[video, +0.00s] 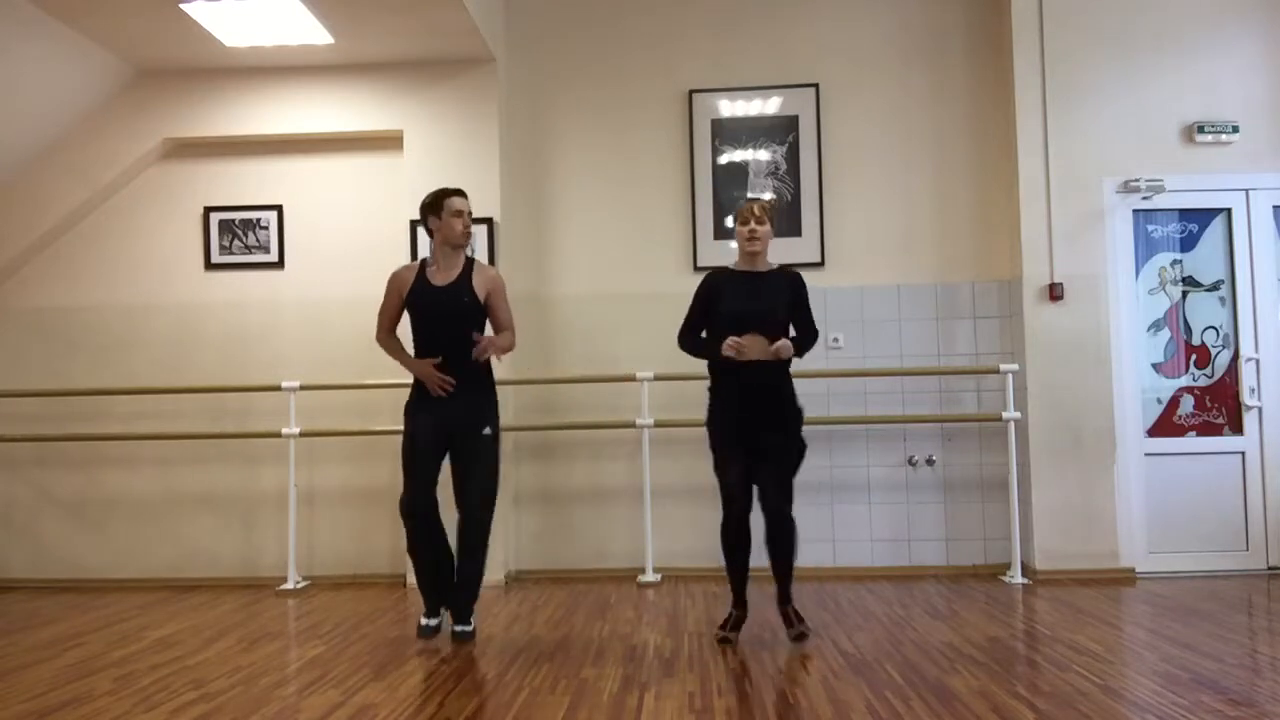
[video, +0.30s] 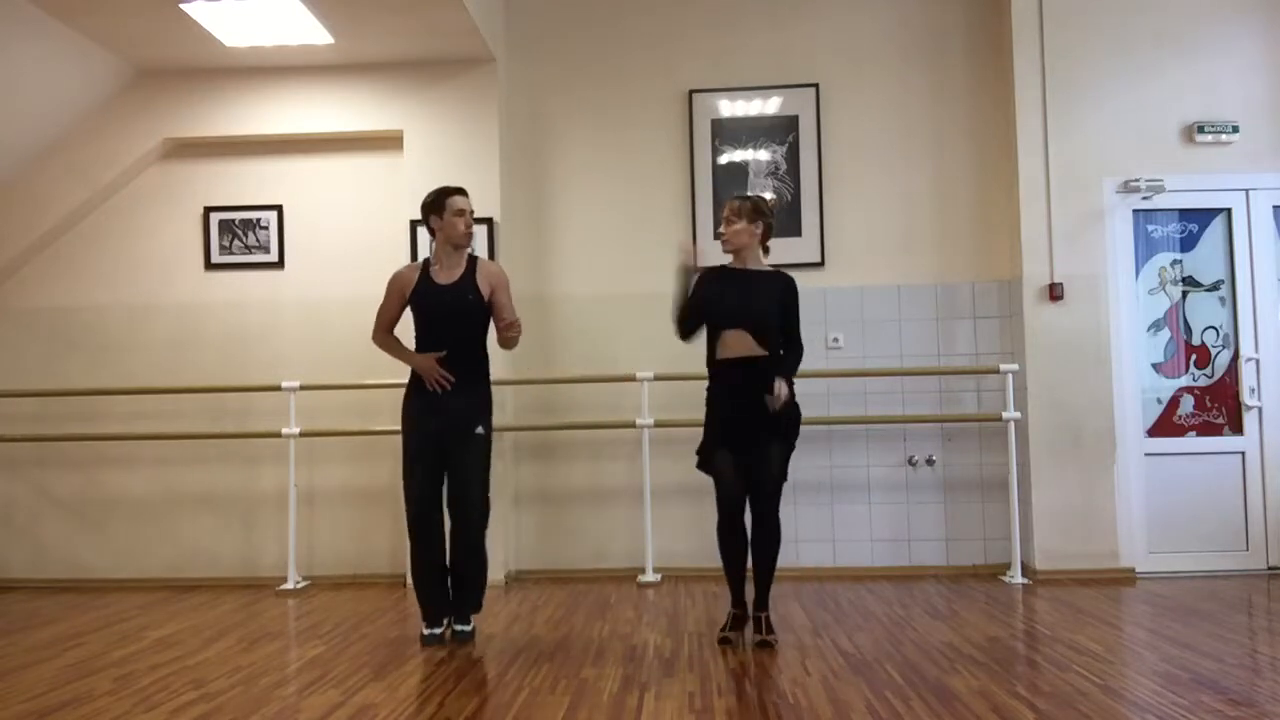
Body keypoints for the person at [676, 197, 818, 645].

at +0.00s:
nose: (752, 228)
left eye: (760, 221)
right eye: (745, 221)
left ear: (772, 231)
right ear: (735, 231)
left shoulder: (789, 282)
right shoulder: (715, 282)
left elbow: (809, 333)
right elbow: (686, 337)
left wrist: (790, 347)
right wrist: (719, 349)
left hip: (777, 409)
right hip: (729, 411)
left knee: (778, 508)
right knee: (735, 509)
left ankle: (786, 602)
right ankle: (737, 605)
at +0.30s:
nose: (724, 228)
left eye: (733, 222)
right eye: (723, 222)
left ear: (759, 229)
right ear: (723, 231)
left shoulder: (781, 283)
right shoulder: (711, 279)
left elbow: (793, 345)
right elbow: (685, 329)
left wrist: (784, 376)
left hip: (770, 399)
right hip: (725, 400)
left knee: (765, 510)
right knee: (729, 508)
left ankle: (762, 609)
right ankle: (738, 607)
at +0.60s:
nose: (722, 228)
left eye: (731, 221)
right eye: (721, 222)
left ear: (757, 228)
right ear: (728, 231)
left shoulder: (783, 283)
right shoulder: (712, 283)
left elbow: (801, 348)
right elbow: (670, 332)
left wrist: (818, 407)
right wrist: (634, 300)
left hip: (771, 398)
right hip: (723, 398)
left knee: (767, 507)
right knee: (734, 507)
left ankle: (762, 609)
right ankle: (740, 608)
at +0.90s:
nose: (720, 227)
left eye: (729, 220)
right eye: (720, 221)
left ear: (755, 227)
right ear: (731, 230)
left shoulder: (783, 281)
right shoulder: (712, 282)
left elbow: (799, 345)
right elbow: (671, 332)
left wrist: (806, 402)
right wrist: (636, 299)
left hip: (772, 397)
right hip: (725, 396)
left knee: (770, 506)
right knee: (734, 506)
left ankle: (764, 609)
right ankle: (741, 609)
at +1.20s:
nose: (722, 227)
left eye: (731, 219)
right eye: (720, 221)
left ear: (755, 227)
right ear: (721, 231)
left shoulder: (779, 282)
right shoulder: (709, 281)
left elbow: (799, 340)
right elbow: (673, 333)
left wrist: (824, 388)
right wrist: (648, 298)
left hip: (770, 394)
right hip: (722, 395)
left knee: (770, 506)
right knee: (733, 506)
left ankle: (764, 609)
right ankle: (741, 608)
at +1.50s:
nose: (718, 232)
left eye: (727, 225)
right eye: (716, 226)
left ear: (752, 230)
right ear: (716, 233)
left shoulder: (782, 283)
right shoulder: (707, 286)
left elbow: (844, 291)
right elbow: (701, 349)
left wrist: (902, 275)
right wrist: (734, 345)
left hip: (758, 410)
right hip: (712, 408)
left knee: (743, 508)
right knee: (727, 507)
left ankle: (744, 609)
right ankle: (744, 609)